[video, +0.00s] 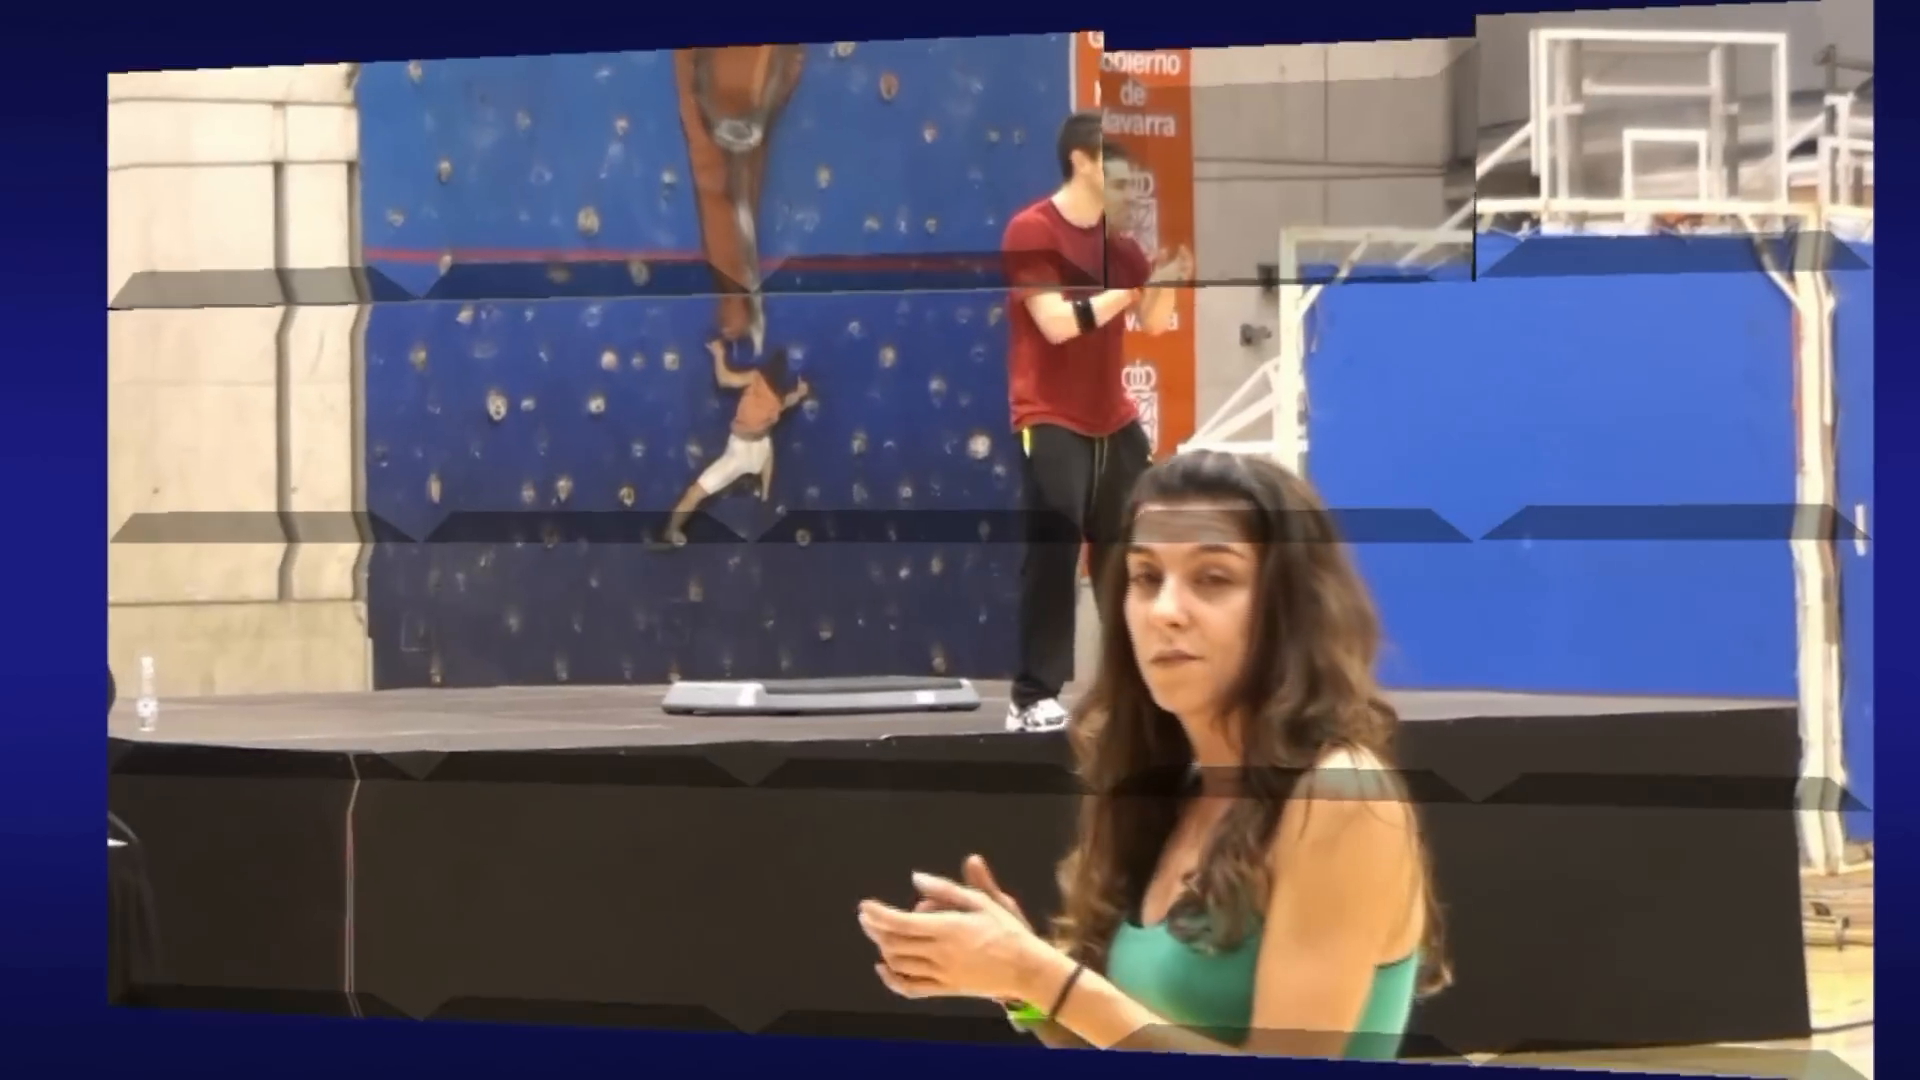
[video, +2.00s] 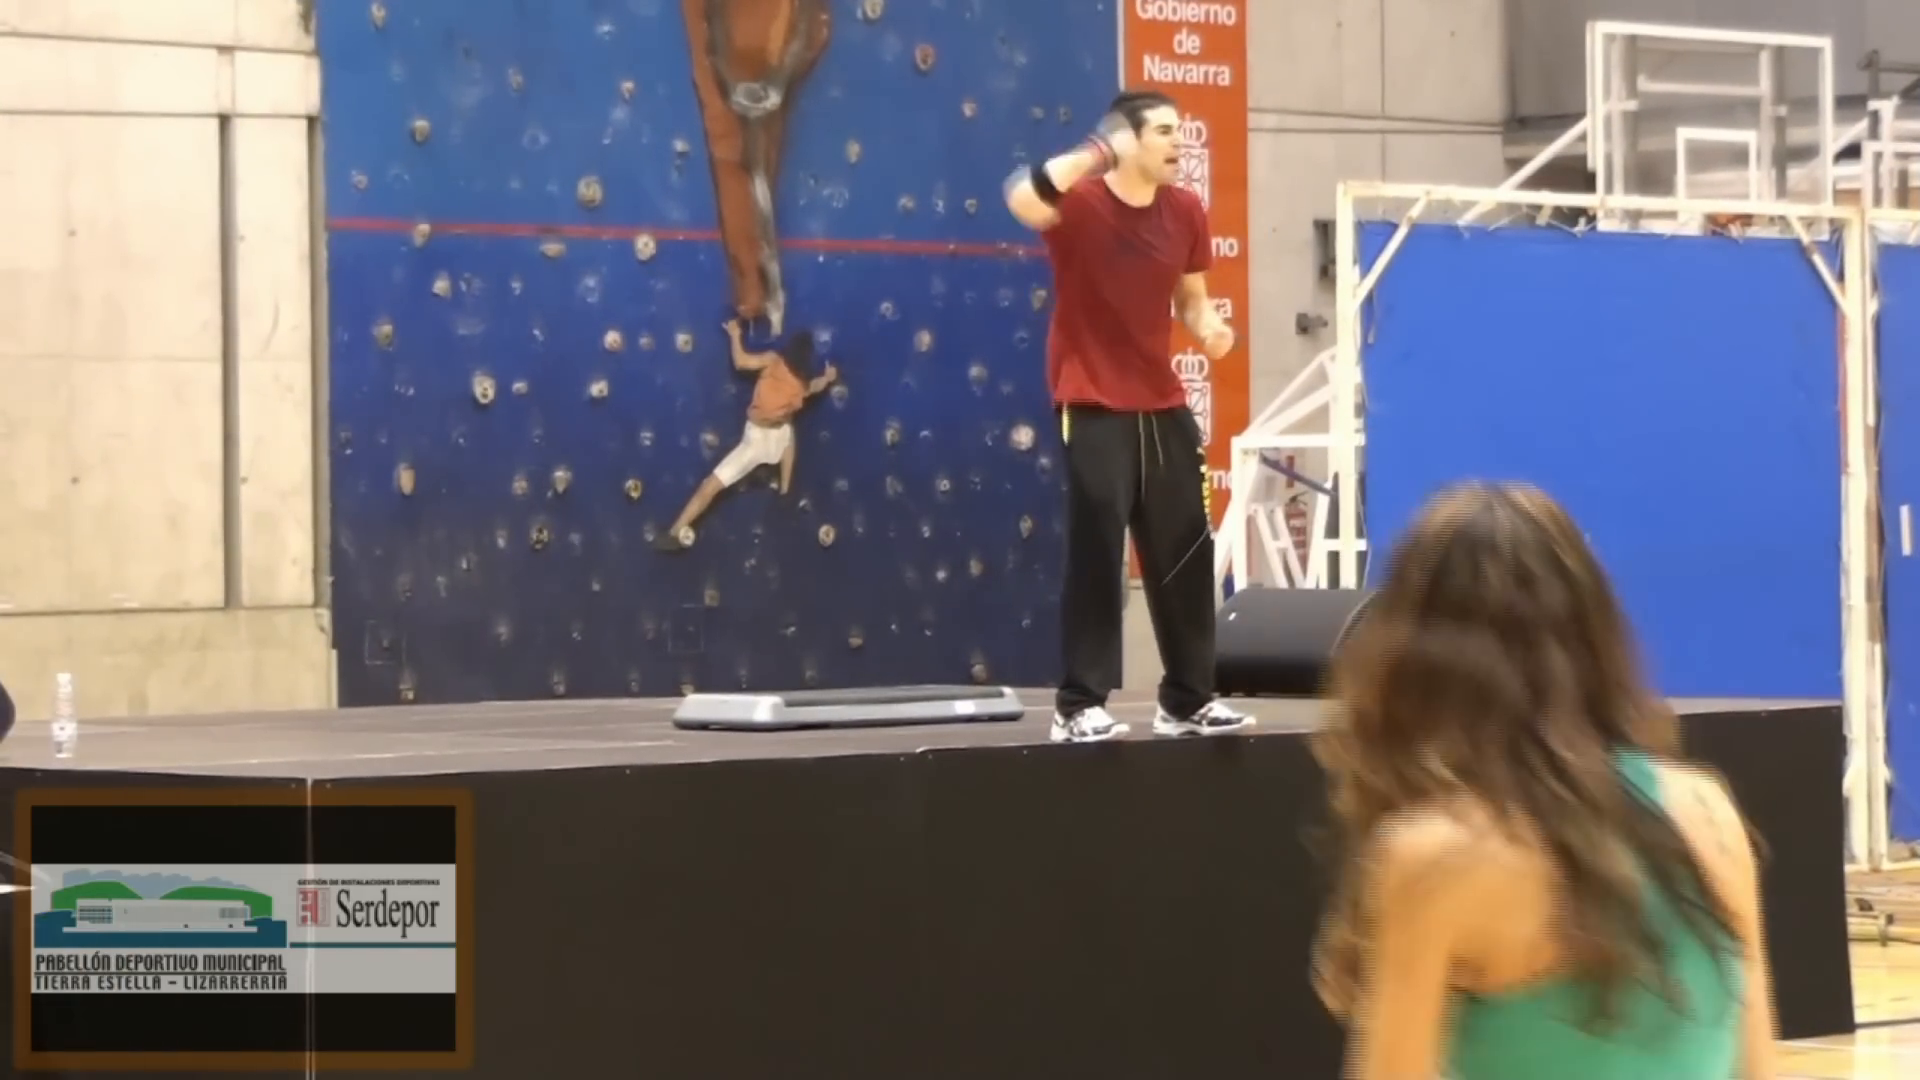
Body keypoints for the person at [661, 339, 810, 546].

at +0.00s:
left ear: (769, 366)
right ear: (784, 372)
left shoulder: (756, 377)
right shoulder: (780, 397)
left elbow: (724, 379)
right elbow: (789, 401)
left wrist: (718, 355)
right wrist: (801, 392)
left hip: (740, 451)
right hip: (760, 449)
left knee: (700, 488)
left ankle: (673, 528)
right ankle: (765, 494)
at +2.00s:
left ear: (788, 349)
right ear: (808, 358)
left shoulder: (772, 361)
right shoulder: (802, 385)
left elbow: (740, 362)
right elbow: (816, 386)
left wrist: (735, 336)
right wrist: (829, 378)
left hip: (754, 440)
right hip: (779, 438)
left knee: (712, 484)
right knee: (789, 433)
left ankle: (678, 530)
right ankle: (785, 486)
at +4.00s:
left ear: (788, 352)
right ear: (807, 360)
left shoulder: (772, 361)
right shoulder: (802, 387)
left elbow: (740, 364)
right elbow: (816, 387)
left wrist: (734, 337)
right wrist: (828, 379)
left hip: (755, 442)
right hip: (779, 440)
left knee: (713, 484)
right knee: (788, 434)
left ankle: (676, 532)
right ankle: (784, 487)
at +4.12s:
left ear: (788, 352)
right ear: (807, 360)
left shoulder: (772, 362)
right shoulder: (802, 387)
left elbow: (740, 364)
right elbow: (816, 387)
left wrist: (735, 337)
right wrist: (828, 379)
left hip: (755, 443)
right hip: (779, 441)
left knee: (712, 484)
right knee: (788, 434)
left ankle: (676, 532)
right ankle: (784, 488)